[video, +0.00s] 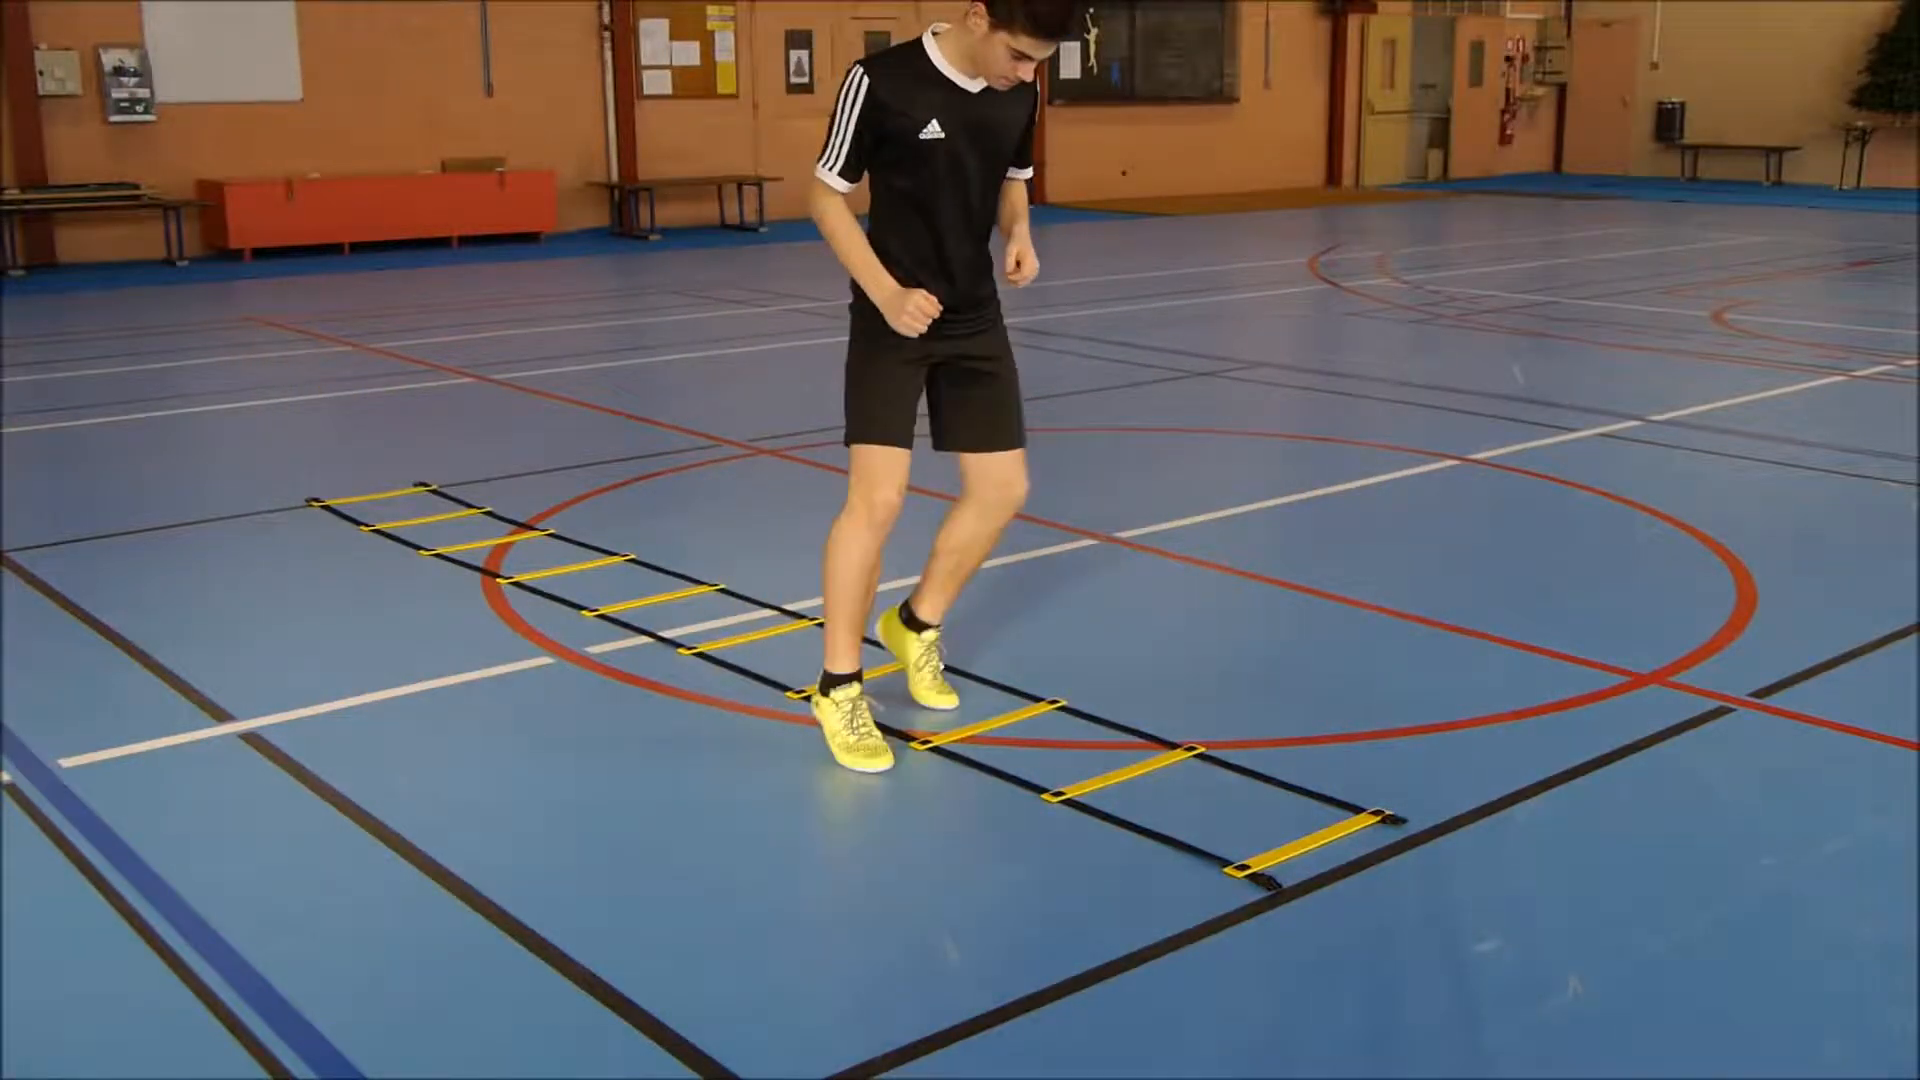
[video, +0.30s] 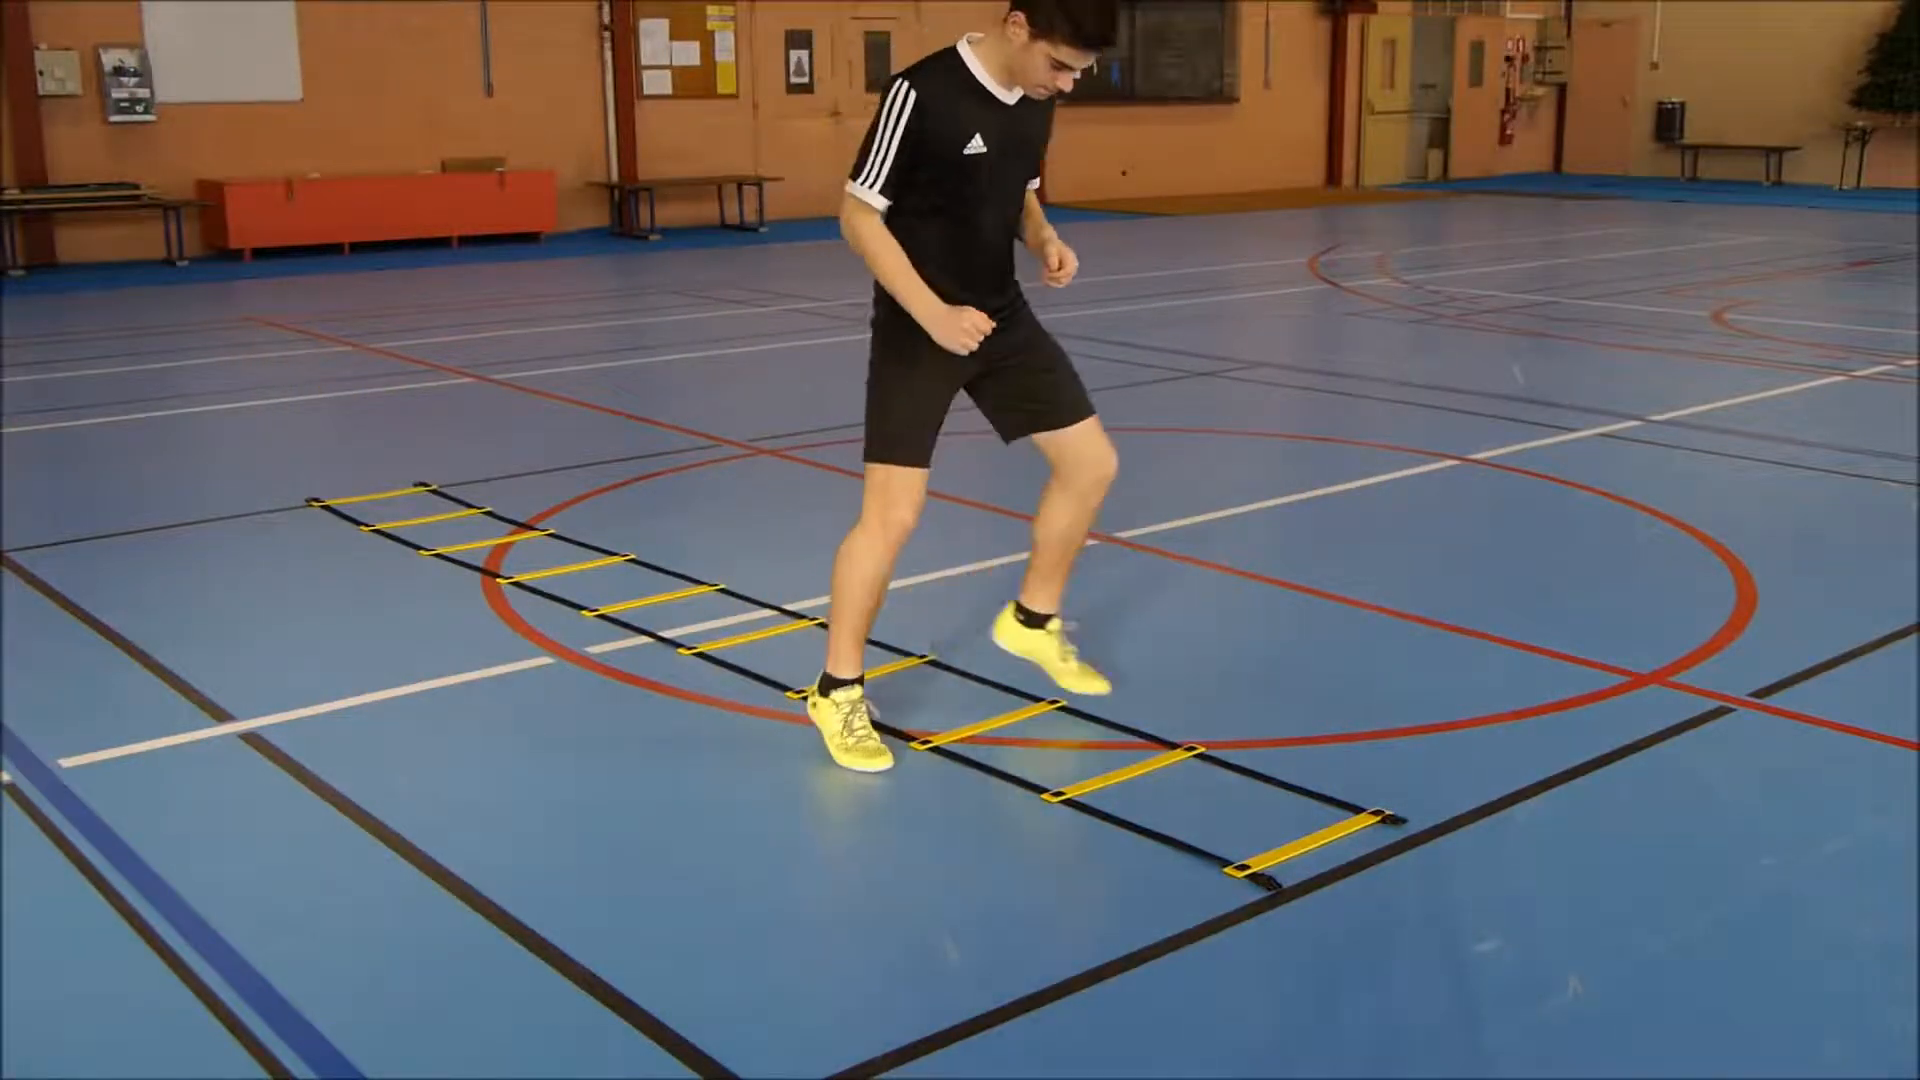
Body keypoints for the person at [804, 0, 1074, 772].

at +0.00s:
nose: (1028, 72)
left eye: (1039, 59)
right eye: (1020, 53)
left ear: (1048, 42)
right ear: (975, 17)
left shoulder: (1016, 88)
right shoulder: (877, 81)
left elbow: (1012, 179)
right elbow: (826, 197)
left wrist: (1018, 232)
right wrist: (885, 292)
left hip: (974, 315)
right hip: (889, 316)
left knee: (1000, 488)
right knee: (876, 498)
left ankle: (916, 623)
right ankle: (838, 686)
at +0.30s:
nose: (1066, 85)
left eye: (1078, 72)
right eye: (1059, 66)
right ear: (1013, 25)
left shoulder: (1036, 97)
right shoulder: (921, 91)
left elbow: (1021, 191)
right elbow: (856, 214)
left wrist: (1043, 239)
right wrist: (931, 312)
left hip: (999, 313)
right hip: (914, 321)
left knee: (1089, 465)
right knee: (890, 513)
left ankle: (1033, 619)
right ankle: (837, 687)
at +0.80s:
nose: (1126, 87)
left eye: (1137, 73)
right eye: (1119, 67)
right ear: (1075, 27)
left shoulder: (1115, 99)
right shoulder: (968, 93)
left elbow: (1104, 196)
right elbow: (911, 210)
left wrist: (1115, 242)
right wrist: (946, 321)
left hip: (1075, 333)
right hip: (987, 340)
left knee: (1097, 511)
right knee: (1017, 531)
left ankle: (1061, 645)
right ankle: (1014, 692)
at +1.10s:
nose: (1172, 69)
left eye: (1186, 56)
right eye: (1167, 49)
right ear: (1125, 8)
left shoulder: (1135, 86)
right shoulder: (1008, 63)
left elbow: (1116, 188)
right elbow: (935, 183)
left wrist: (1150, 227)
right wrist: (966, 303)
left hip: (1091, 314)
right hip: (1006, 319)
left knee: (1117, 497)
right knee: (1028, 525)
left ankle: (1045, 649)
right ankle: (1010, 681)